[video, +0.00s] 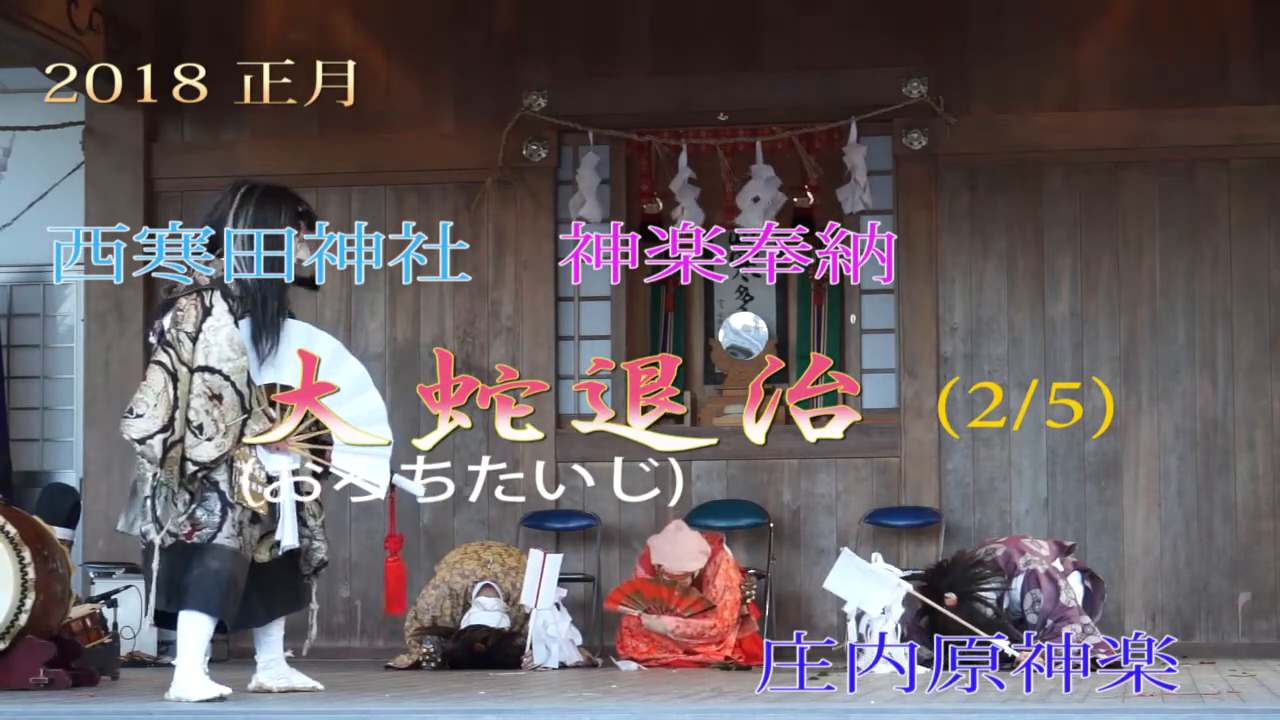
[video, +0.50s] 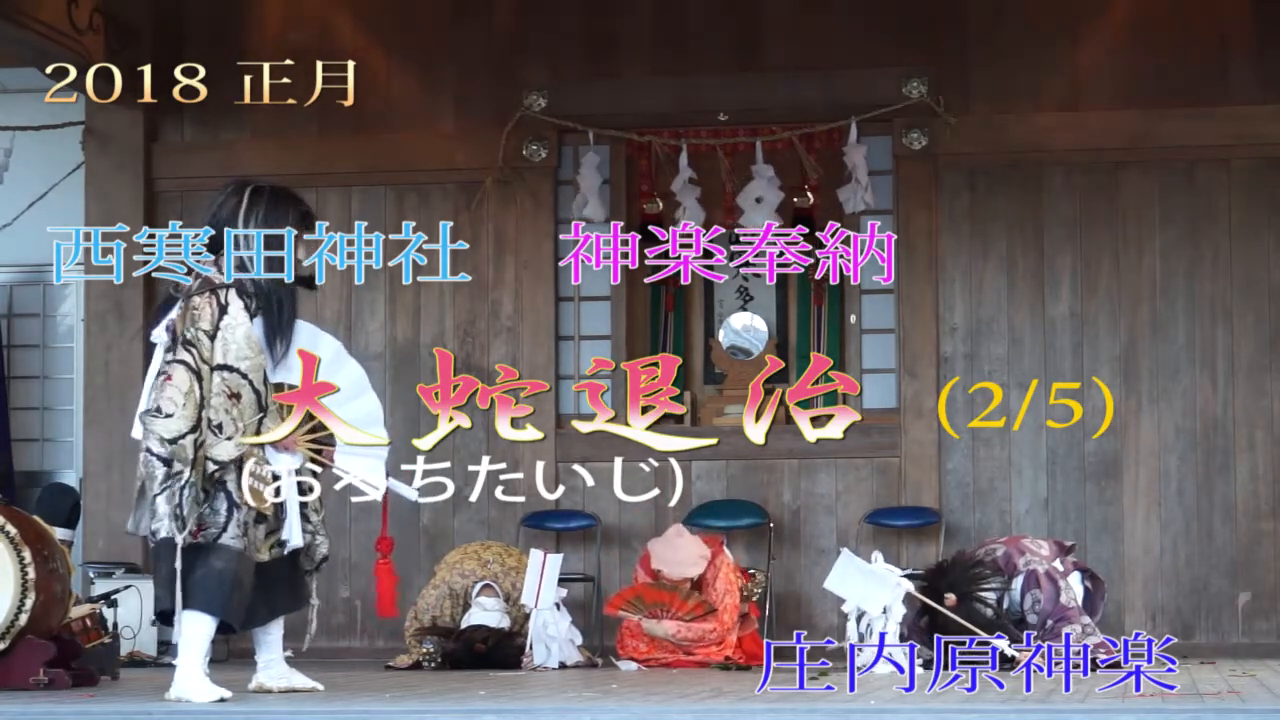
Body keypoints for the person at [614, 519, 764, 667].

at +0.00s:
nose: (680, 583)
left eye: (685, 577)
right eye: (673, 578)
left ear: (696, 567)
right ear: (659, 567)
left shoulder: (719, 563)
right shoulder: (646, 563)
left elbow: (720, 627)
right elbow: (630, 639)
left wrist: (666, 625)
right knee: (633, 644)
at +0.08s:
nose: (679, 584)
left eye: (684, 578)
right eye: (672, 578)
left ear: (696, 569)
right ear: (659, 568)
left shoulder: (719, 562)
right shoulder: (646, 563)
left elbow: (720, 626)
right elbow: (630, 639)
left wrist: (666, 626)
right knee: (632, 644)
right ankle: (711, 653)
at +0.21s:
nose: (680, 584)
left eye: (685, 578)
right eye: (673, 579)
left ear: (696, 569)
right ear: (659, 569)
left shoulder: (719, 564)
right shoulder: (646, 563)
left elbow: (719, 627)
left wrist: (665, 627)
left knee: (719, 647)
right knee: (631, 643)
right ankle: (710, 653)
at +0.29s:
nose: (680, 585)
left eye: (685, 579)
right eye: (673, 580)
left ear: (696, 569)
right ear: (659, 570)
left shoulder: (719, 565)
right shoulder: (645, 564)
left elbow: (719, 628)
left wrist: (665, 628)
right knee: (632, 643)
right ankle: (710, 654)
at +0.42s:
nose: (681, 585)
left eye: (686, 579)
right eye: (673, 580)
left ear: (697, 568)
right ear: (658, 570)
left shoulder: (718, 565)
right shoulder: (645, 565)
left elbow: (720, 627)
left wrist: (666, 630)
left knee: (720, 647)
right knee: (630, 642)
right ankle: (710, 655)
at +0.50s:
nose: (680, 586)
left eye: (685, 580)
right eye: (673, 581)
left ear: (696, 570)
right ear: (659, 571)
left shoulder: (719, 566)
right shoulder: (645, 567)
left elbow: (720, 629)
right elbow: (630, 643)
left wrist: (667, 631)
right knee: (631, 643)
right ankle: (711, 655)